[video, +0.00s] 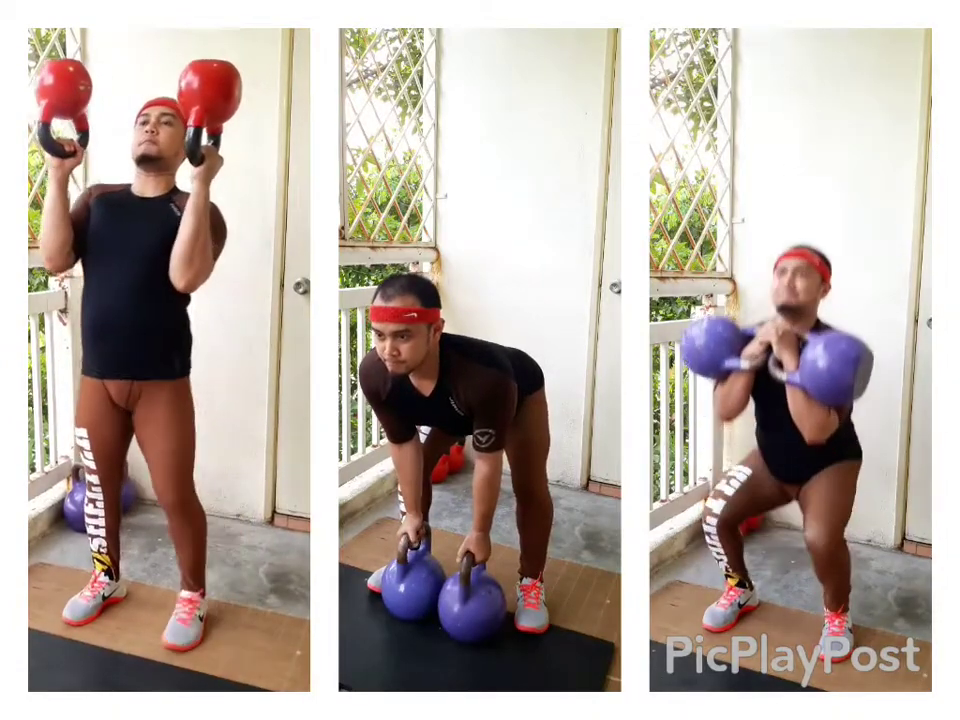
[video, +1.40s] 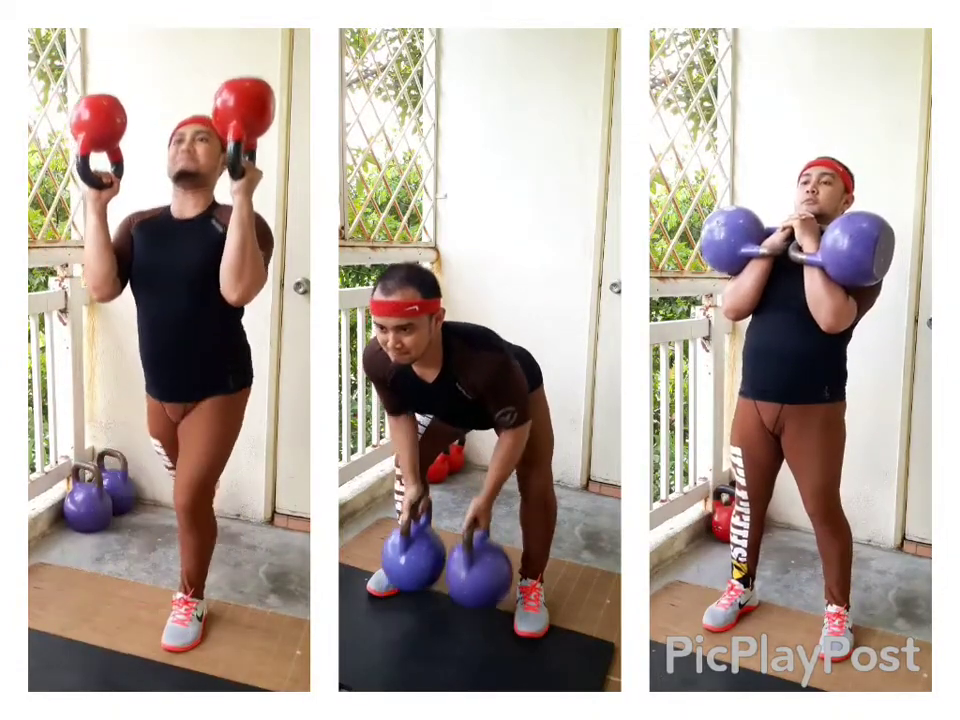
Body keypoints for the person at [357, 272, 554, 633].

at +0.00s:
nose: (389, 350)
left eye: (403, 336)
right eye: (380, 335)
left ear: (435, 330)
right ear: (371, 331)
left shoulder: (485, 379)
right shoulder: (374, 373)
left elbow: (488, 462)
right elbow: (404, 442)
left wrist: (479, 532)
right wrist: (412, 512)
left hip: (515, 389)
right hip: (453, 399)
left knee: (530, 487)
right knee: (415, 470)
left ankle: (531, 582)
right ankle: (409, 563)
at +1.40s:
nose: (393, 343)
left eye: (406, 330)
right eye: (382, 329)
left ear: (437, 318)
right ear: (373, 323)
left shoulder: (484, 360)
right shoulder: (378, 361)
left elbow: (516, 429)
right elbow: (399, 417)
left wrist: (486, 499)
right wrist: (412, 480)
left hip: (513, 395)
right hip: (452, 402)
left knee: (536, 486)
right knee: (407, 472)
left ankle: (531, 583)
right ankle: (406, 560)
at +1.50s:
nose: (392, 338)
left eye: (405, 325)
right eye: (381, 325)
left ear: (436, 312)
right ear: (372, 318)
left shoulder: (483, 349)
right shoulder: (377, 352)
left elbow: (527, 406)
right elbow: (396, 397)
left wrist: (491, 473)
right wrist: (408, 457)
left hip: (511, 399)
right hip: (452, 402)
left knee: (537, 485)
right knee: (410, 468)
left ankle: (531, 582)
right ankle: (412, 557)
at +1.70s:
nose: (391, 332)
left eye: (404, 318)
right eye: (380, 319)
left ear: (435, 305)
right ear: (371, 312)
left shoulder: (484, 334)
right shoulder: (376, 335)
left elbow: (542, 357)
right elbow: (394, 366)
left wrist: (498, 421)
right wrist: (407, 407)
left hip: (511, 393)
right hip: (447, 397)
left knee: (540, 482)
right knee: (411, 464)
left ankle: (531, 582)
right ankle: (413, 551)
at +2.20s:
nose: (396, 319)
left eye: (408, 305)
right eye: (385, 306)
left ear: (439, 291)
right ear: (375, 299)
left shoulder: (488, 332)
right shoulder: (379, 336)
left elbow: (528, 393)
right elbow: (398, 386)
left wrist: (491, 468)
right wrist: (412, 447)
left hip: (511, 400)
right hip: (450, 403)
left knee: (537, 486)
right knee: (407, 467)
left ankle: (531, 582)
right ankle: (411, 555)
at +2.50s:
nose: (395, 344)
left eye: (407, 331)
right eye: (384, 331)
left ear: (438, 314)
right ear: (375, 325)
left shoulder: (487, 355)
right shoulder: (379, 363)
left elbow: (512, 435)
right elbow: (401, 428)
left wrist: (484, 515)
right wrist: (411, 499)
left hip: (516, 396)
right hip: (456, 404)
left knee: (537, 486)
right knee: (412, 470)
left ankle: (532, 584)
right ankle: (407, 563)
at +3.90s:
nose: (392, 368)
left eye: (404, 354)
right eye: (382, 355)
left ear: (436, 342)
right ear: (373, 349)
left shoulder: (486, 378)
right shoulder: (378, 380)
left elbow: (494, 467)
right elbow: (403, 451)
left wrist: (482, 535)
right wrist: (417, 513)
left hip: (516, 391)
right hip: (451, 399)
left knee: (534, 485)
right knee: (417, 469)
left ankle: (531, 584)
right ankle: (411, 562)